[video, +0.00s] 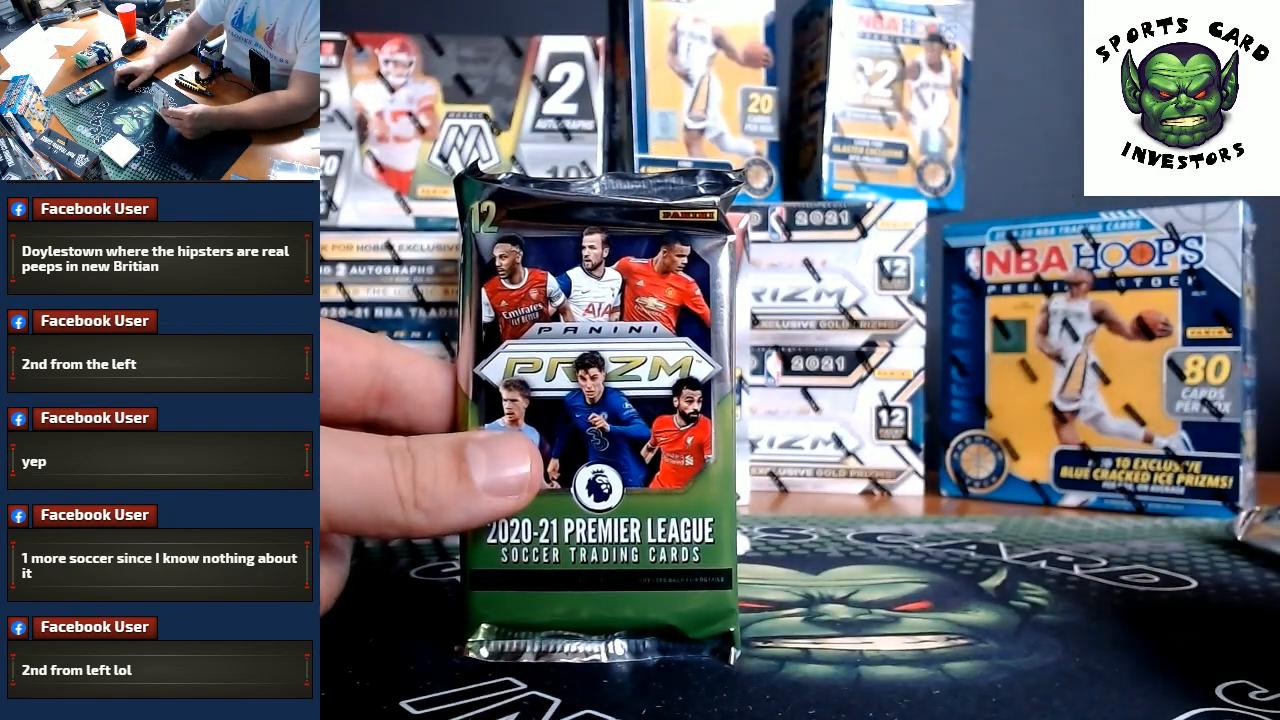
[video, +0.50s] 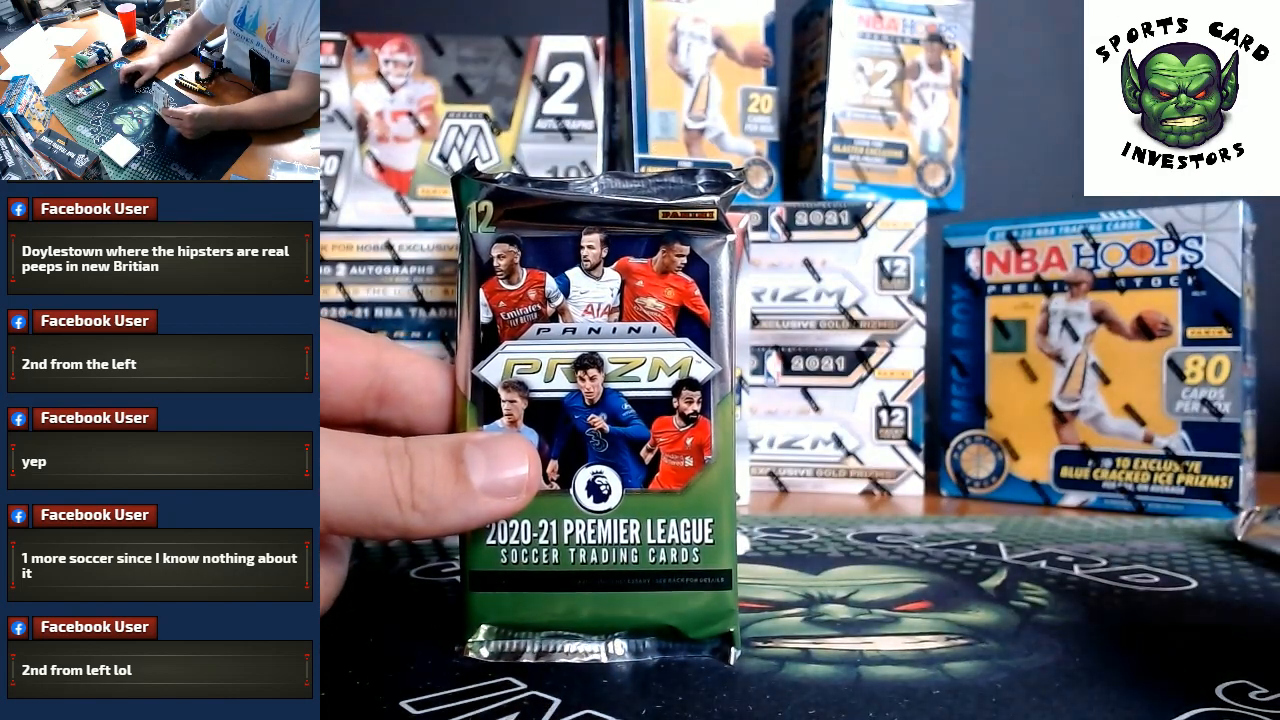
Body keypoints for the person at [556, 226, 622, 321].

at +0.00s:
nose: (585, 253)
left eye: (592, 248)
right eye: (583, 248)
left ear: (605, 252)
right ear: (581, 250)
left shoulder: (616, 278)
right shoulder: (570, 279)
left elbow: (615, 312)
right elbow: (545, 312)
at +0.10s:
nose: (586, 253)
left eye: (592, 248)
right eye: (584, 248)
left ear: (605, 252)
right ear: (581, 250)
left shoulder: (616, 278)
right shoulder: (570, 279)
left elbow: (615, 312)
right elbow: (545, 312)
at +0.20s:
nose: (586, 253)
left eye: (592, 248)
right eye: (584, 248)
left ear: (605, 252)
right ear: (581, 250)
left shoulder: (616, 278)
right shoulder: (570, 279)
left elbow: (615, 311)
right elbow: (547, 312)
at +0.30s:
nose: (584, 253)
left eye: (590, 248)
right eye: (582, 248)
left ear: (604, 252)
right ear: (580, 249)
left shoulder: (615, 278)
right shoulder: (568, 279)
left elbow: (614, 312)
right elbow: (544, 313)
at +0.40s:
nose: (584, 253)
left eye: (591, 248)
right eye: (582, 248)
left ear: (604, 252)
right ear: (580, 249)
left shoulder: (615, 278)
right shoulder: (568, 279)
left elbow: (614, 312)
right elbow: (544, 313)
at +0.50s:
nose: (584, 253)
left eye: (590, 248)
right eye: (582, 248)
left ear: (604, 252)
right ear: (580, 249)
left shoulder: (615, 278)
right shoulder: (568, 279)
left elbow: (614, 312)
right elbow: (543, 313)